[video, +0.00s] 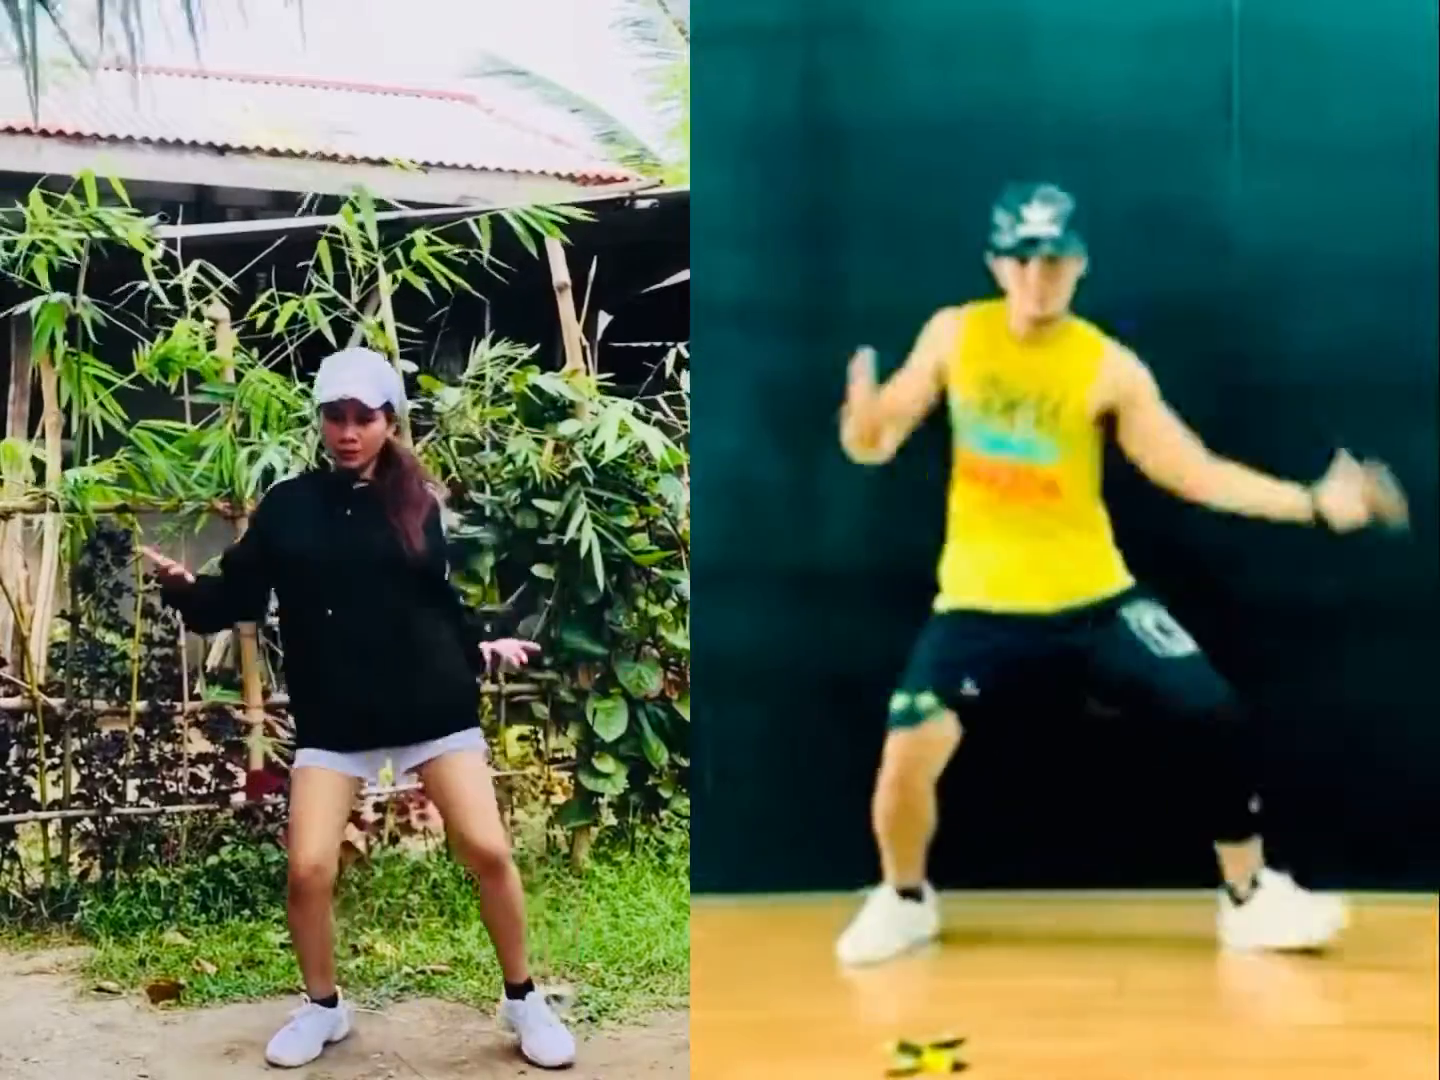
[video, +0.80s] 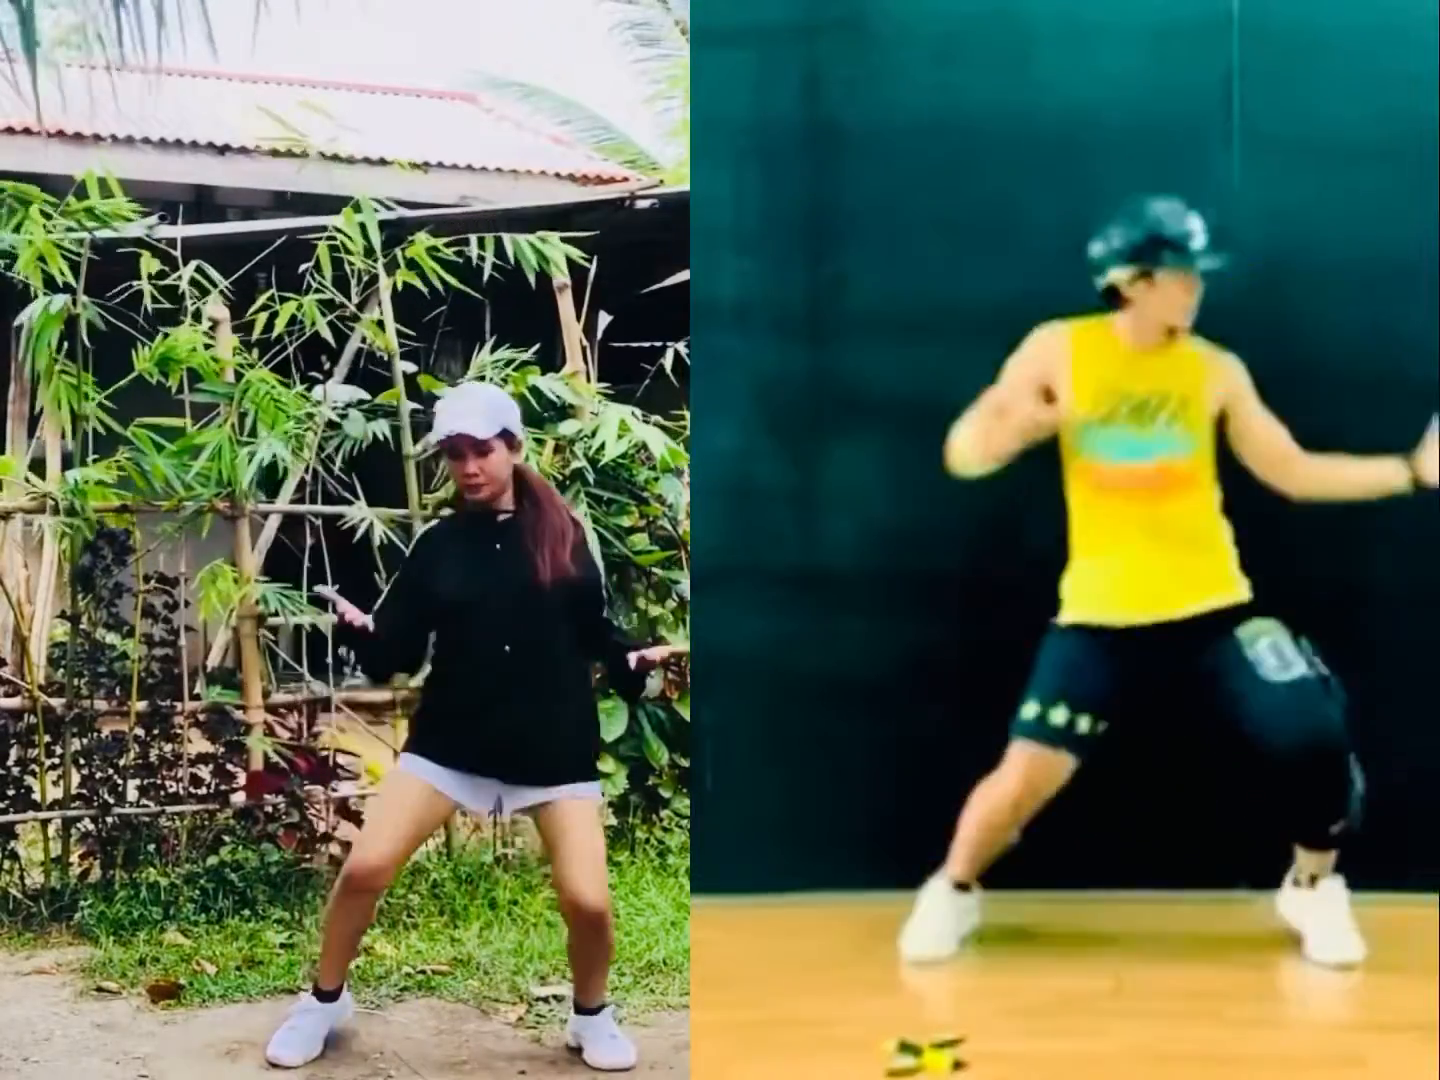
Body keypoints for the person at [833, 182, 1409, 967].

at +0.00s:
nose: (1038, 282)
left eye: (1054, 263)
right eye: (1022, 263)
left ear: (1077, 268)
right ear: (995, 265)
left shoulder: (1109, 370)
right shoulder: (953, 336)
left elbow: (1192, 471)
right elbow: (876, 441)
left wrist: (1313, 501)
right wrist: (861, 417)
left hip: (1093, 595)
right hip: (976, 600)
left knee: (1213, 715)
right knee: (907, 754)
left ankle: (1248, 895)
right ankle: (903, 900)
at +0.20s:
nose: (1121, 262)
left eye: (1135, 242)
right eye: (1104, 245)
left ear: (1160, 243)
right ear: (1079, 254)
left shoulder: (1203, 303)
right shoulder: (1055, 337)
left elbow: (1227, 395)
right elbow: (1047, 446)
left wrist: (1248, 400)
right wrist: (969, 468)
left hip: (1194, 588)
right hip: (1082, 589)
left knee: (1303, 710)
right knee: (990, 732)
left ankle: (1282, 894)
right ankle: (853, 850)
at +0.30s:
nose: (1152, 244)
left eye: (1165, 226)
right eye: (1135, 228)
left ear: (1189, 229)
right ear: (1110, 236)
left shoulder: (1232, 304)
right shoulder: (1086, 311)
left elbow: (1274, 391)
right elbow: (1080, 418)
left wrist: (1336, 388)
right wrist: (1043, 393)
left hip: (1219, 557)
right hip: (1112, 548)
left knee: (1295, 717)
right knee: (1012, 686)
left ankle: (1298, 888)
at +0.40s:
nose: (1178, 265)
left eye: (1192, 247)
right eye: (1161, 249)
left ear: (1214, 252)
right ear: (1132, 258)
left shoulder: (1254, 350)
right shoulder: (1097, 333)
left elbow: (1349, 445)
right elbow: (1026, 441)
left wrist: (1436, 447)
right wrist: (1023, 383)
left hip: (1239, 573)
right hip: (1142, 556)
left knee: (1273, 742)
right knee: (1048, 552)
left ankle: (1304, 891)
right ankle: (1099, 717)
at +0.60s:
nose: (1196, 250)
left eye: (1206, 232)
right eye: (1177, 236)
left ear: (1226, 232)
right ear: (1145, 247)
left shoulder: (1264, 297)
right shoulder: (1113, 331)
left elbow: (1292, 384)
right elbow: (1084, 447)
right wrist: (1006, 425)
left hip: (1249, 552)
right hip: (1141, 537)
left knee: (1317, 719)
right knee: (998, 646)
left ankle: (1305, 892)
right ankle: (963, 763)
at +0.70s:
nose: (1216, 242)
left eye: (1215, 228)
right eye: (1200, 230)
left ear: (1211, 235)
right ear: (1152, 244)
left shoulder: (1236, 303)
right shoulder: (1095, 317)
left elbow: (1259, 400)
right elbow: (1088, 421)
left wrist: (1335, 399)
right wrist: (1059, 394)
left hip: (1234, 574)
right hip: (1123, 576)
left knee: (1329, 718)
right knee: (1021, 725)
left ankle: (1312, 880)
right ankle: (913, 815)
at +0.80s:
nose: (1192, 289)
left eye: (1195, 274)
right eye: (1175, 274)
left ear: (1200, 280)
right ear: (1126, 281)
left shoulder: (1215, 371)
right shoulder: (1057, 350)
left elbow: (1293, 471)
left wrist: (1412, 469)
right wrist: (1017, 423)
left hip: (1215, 605)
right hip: (1101, 610)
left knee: (1315, 731)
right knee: (1030, 775)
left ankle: (1313, 884)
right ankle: (952, 891)